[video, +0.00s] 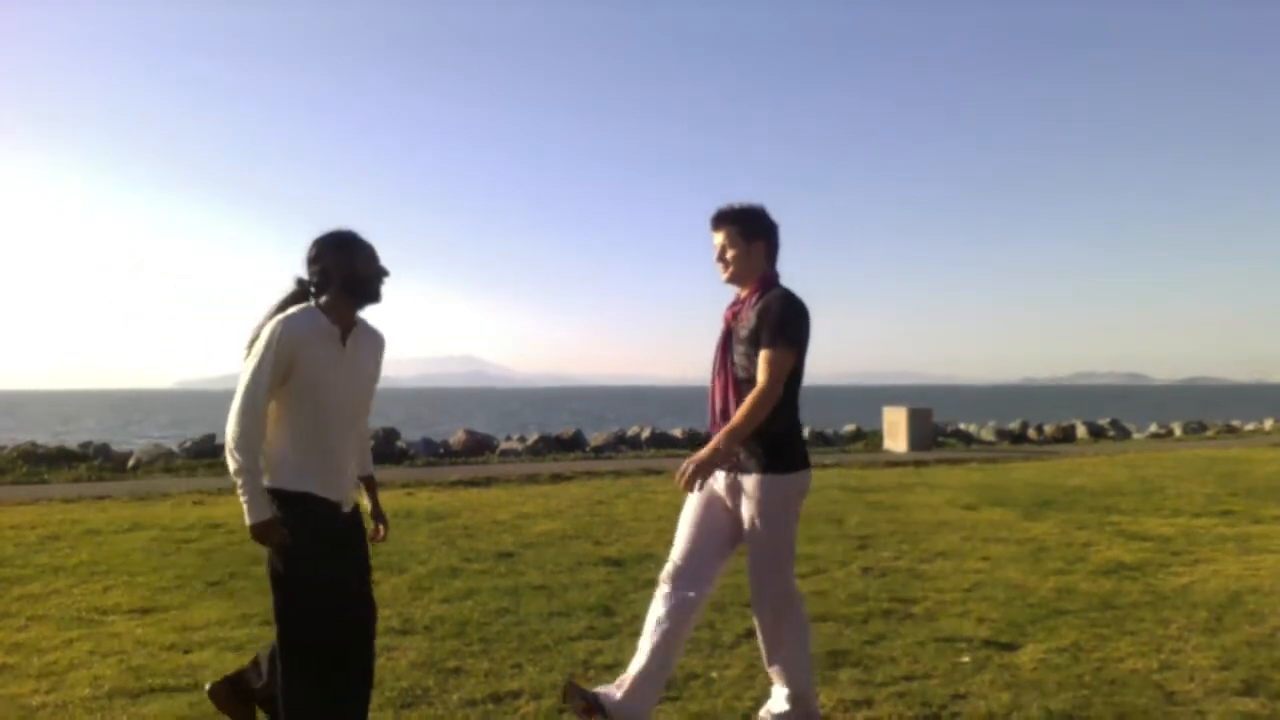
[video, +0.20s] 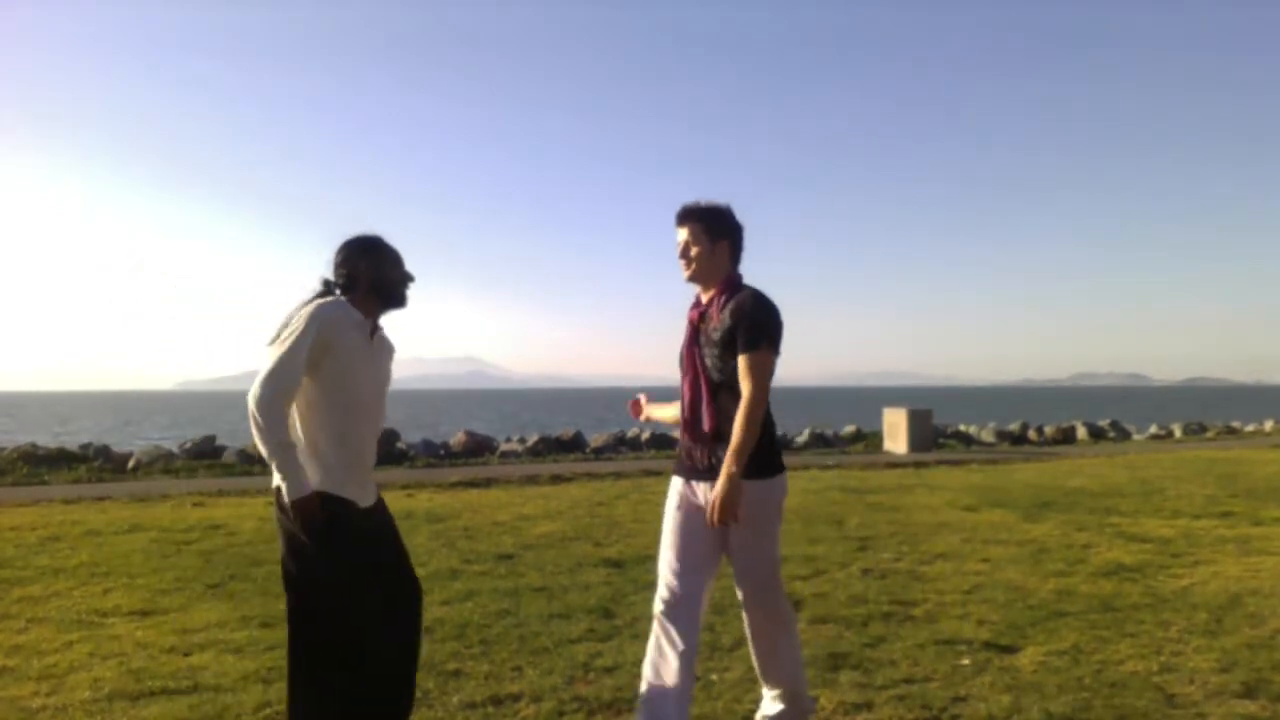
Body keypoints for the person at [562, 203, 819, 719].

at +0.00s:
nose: (720, 258)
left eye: (728, 249)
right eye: (717, 251)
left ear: (761, 248)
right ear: (724, 254)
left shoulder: (781, 307)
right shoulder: (737, 310)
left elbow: (770, 391)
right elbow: (742, 390)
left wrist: (713, 449)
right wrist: (726, 451)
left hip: (771, 471)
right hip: (724, 466)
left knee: (773, 592)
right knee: (679, 581)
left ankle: (795, 704)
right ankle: (630, 699)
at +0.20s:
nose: (682, 255)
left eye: (691, 245)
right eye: (680, 247)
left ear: (725, 248)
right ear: (686, 252)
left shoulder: (751, 308)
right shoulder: (698, 314)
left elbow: (754, 397)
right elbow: (702, 402)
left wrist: (730, 475)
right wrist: (655, 409)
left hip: (746, 478)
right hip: (693, 477)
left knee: (761, 599)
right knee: (673, 603)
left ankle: (786, 704)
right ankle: (659, 710)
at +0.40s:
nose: (637, 241)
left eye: (645, 231)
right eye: (634, 233)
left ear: (681, 232)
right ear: (644, 239)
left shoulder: (717, 291)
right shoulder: (653, 305)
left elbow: (749, 377)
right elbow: (618, 378)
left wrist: (757, 463)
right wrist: (595, 329)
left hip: (717, 474)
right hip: (657, 475)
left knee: (739, 592)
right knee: (642, 598)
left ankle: (769, 699)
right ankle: (650, 713)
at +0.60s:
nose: (598, 230)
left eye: (607, 220)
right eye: (596, 222)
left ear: (642, 221)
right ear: (603, 229)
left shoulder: (684, 283)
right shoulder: (608, 303)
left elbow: (726, 364)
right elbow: (554, 347)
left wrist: (748, 445)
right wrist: (560, 282)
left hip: (700, 465)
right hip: (636, 473)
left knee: (732, 586)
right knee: (633, 607)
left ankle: (756, 696)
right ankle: (643, 713)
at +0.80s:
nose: (571, 225)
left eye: (580, 215)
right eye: (568, 217)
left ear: (617, 216)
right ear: (574, 225)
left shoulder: (661, 279)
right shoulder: (578, 296)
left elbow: (703, 362)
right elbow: (521, 328)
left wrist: (736, 444)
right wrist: (534, 269)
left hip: (683, 460)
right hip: (617, 472)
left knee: (742, 581)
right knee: (623, 609)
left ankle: (804, 686)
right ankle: (638, 715)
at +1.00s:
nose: (556, 220)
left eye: (567, 210)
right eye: (554, 212)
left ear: (605, 212)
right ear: (557, 219)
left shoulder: (646, 277)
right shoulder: (558, 287)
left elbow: (700, 357)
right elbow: (510, 317)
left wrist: (750, 430)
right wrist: (520, 249)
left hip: (662, 462)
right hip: (593, 473)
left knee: (743, 581)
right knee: (607, 618)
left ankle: (844, 696)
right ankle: (632, 715)